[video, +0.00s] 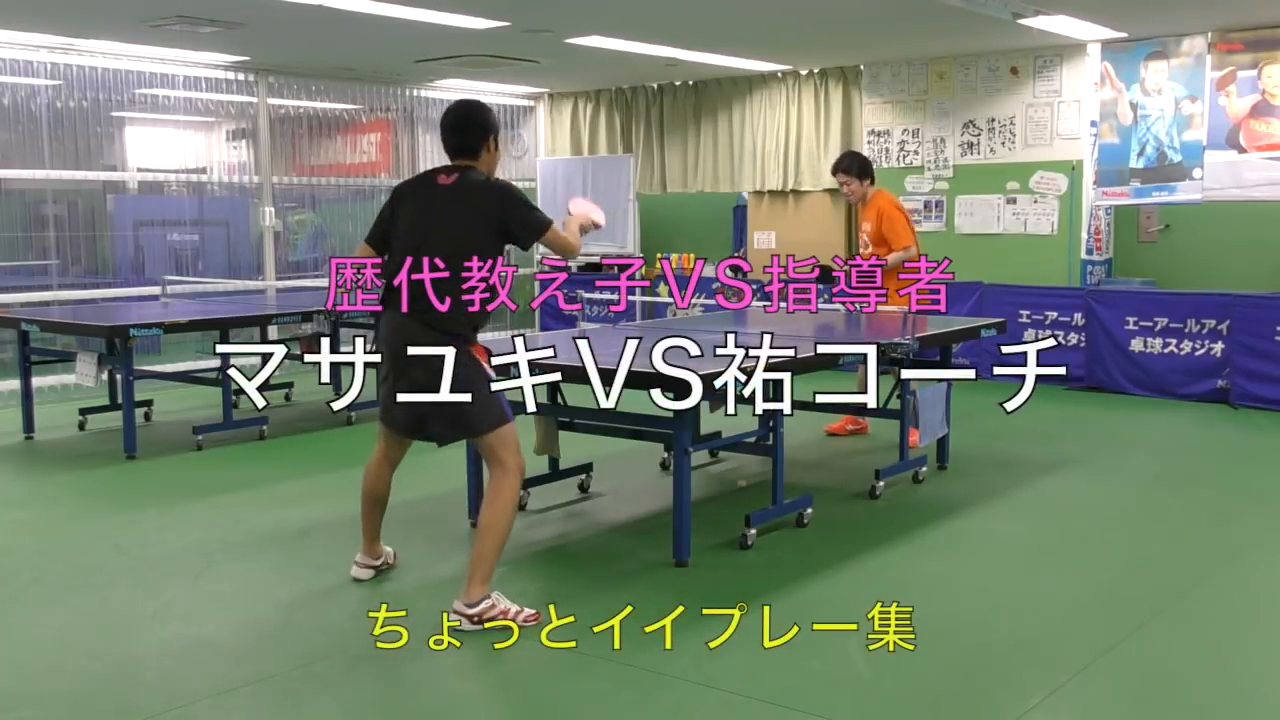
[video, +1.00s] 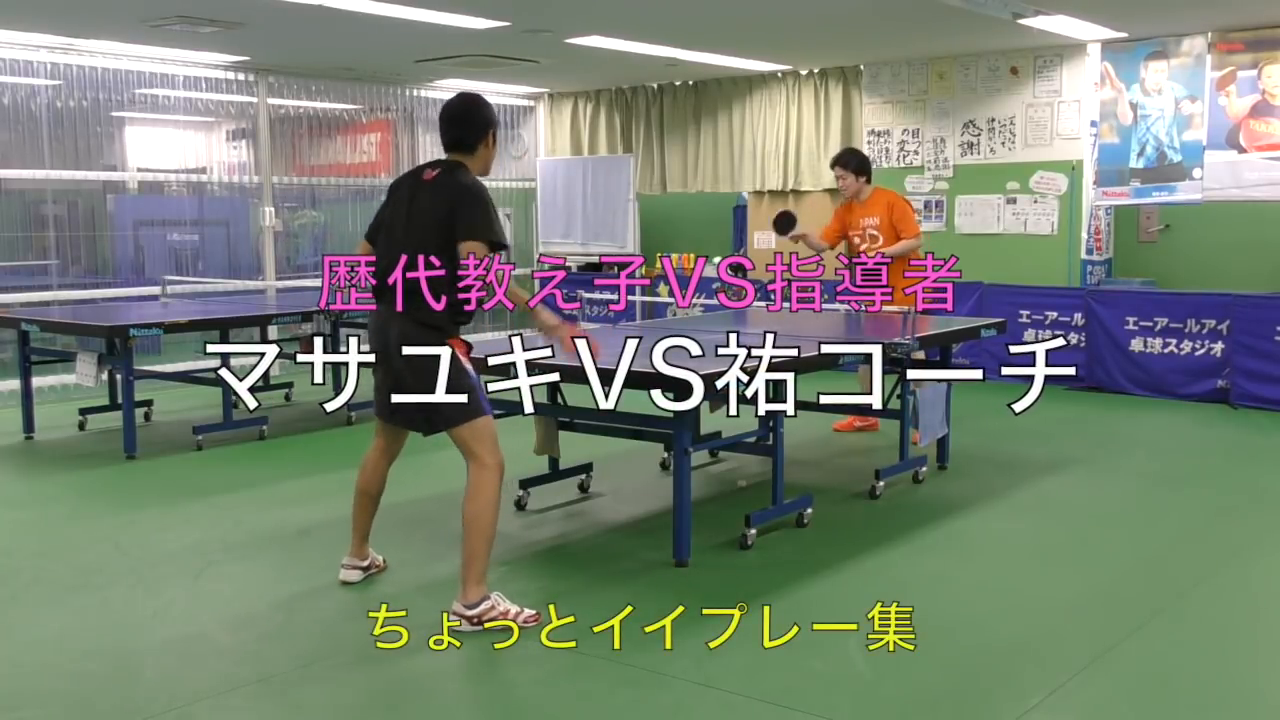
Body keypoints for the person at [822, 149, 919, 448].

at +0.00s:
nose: (844, 191)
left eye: (848, 184)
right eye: (841, 185)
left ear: (865, 179)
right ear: (845, 183)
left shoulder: (886, 206)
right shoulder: (866, 206)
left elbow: (909, 250)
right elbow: (873, 249)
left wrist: (876, 265)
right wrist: (854, 264)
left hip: (898, 298)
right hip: (876, 298)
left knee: (901, 363)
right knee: (867, 357)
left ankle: (913, 423)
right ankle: (857, 416)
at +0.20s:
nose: (854, 183)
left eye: (859, 176)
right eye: (851, 177)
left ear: (877, 173)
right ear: (851, 177)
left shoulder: (901, 202)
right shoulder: (863, 206)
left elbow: (918, 247)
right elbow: (856, 254)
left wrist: (881, 259)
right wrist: (845, 241)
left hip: (901, 297)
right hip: (873, 298)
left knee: (907, 362)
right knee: (867, 355)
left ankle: (914, 423)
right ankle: (864, 412)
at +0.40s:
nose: (858, 177)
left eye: (864, 171)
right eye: (854, 172)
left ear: (879, 171)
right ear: (851, 174)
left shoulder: (902, 202)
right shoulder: (855, 206)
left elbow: (922, 244)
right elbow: (850, 252)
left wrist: (886, 256)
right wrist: (837, 245)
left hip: (901, 296)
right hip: (868, 297)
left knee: (907, 360)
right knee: (865, 355)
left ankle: (913, 423)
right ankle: (866, 413)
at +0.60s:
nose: (852, 177)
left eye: (857, 171)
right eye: (848, 172)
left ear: (873, 171)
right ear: (846, 175)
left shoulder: (895, 201)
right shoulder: (855, 208)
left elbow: (916, 242)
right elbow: (850, 254)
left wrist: (882, 256)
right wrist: (830, 279)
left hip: (899, 297)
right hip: (866, 298)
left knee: (910, 359)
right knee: (866, 356)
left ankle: (921, 419)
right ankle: (866, 414)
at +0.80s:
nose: (843, 187)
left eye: (848, 181)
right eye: (841, 182)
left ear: (865, 179)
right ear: (848, 182)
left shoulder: (892, 205)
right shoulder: (856, 213)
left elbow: (916, 246)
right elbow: (848, 256)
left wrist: (883, 261)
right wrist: (823, 273)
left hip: (903, 298)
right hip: (872, 299)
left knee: (912, 360)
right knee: (868, 355)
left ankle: (923, 422)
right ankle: (867, 413)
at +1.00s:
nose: (839, 184)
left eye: (843, 177)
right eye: (837, 178)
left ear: (861, 176)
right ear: (841, 178)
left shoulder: (893, 202)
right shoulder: (844, 211)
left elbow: (914, 241)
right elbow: (824, 245)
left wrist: (882, 252)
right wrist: (805, 237)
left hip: (904, 295)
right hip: (869, 297)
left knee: (914, 359)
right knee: (866, 355)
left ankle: (923, 420)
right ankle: (867, 413)